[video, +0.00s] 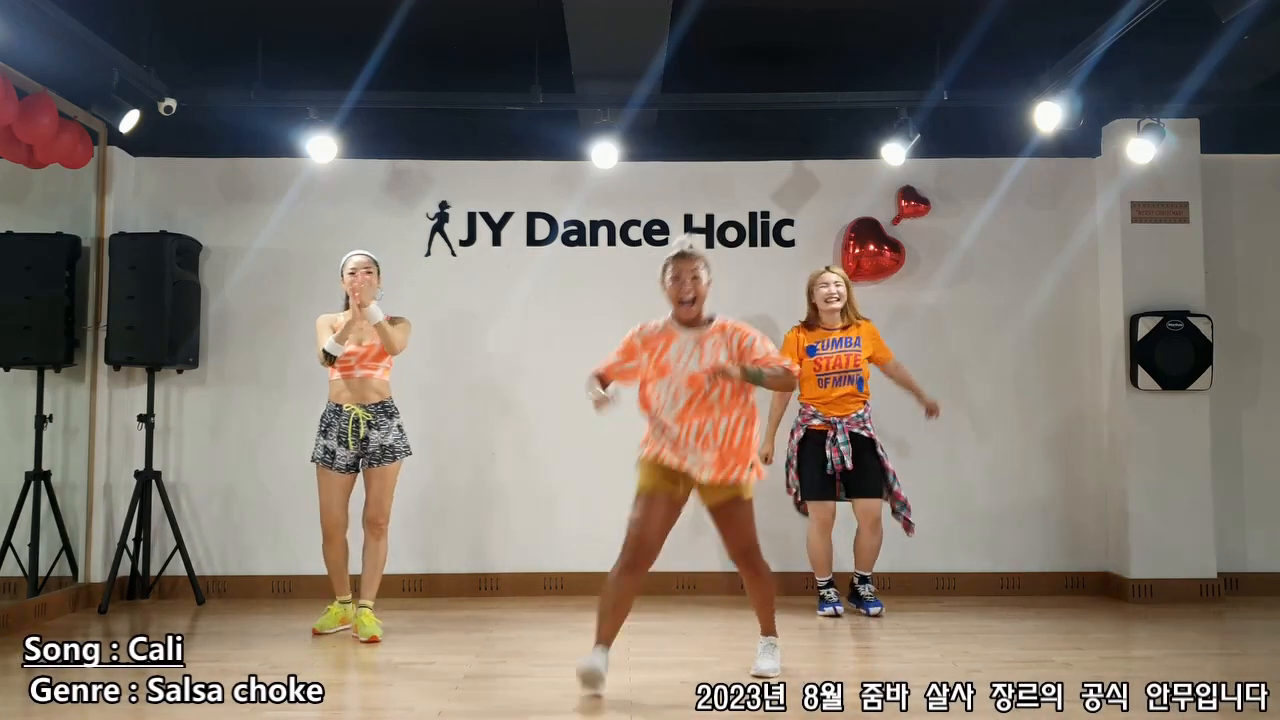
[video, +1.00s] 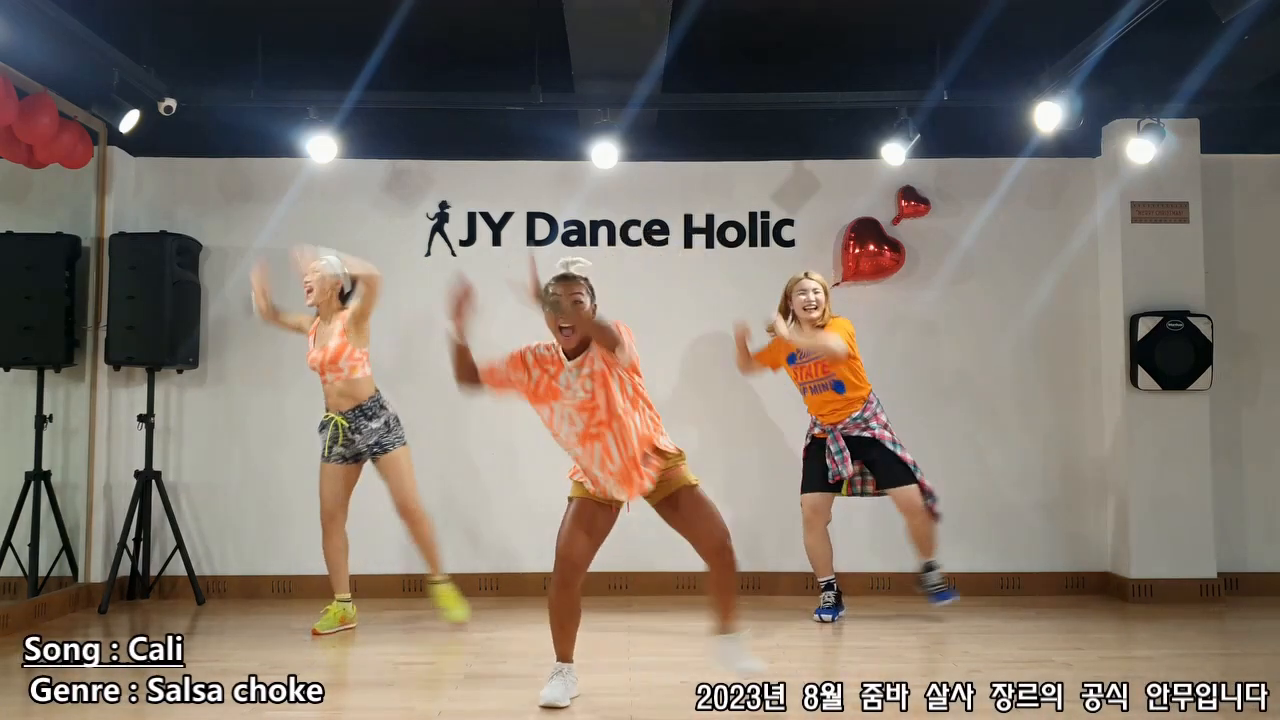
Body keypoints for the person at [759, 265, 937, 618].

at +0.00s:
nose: (832, 289)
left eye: (838, 284)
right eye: (824, 285)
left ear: (847, 292)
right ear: (812, 295)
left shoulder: (864, 331)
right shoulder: (797, 337)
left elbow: (892, 367)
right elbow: (782, 390)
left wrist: (923, 397)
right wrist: (768, 436)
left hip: (857, 431)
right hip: (814, 432)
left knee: (871, 514)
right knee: (822, 514)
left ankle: (863, 586)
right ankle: (826, 590)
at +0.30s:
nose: (840, 289)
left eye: (846, 283)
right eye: (832, 285)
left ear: (856, 291)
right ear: (821, 295)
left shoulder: (874, 331)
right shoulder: (807, 334)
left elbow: (881, 380)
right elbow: (793, 373)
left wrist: (868, 413)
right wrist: (789, 393)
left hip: (863, 431)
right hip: (822, 432)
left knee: (868, 515)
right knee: (826, 516)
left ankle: (861, 592)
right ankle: (827, 590)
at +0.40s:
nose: (843, 287)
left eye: (848, 281)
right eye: (835, 283)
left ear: (859, 289)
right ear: (824, 293)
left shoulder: (877, 329)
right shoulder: (809, 332)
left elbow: (885, 377)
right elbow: (787, 382)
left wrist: (855, 382)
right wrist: (795, 371)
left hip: (865, 429)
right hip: (822, 430)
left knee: (867, 514)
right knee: (823, 512)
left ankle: (861, 592)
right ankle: (828, 584)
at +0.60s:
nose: (839, 286)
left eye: (845, 281)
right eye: (831, 283)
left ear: (857, 288)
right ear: (821, 292)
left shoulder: (873, 323)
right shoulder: (809, 331)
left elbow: (878, 353)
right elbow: (767, 366)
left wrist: (838, 327)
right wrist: (772, 345)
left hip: (865, 428)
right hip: (822, 429)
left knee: (867, 514)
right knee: (819, 510)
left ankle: (861, 592)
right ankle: (829, 590)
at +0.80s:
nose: (819, 290)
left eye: (825, 284)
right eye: (811, 286)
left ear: (836, 291)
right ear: (800, 296)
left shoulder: (854, 324)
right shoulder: (795, 338)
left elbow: (873, 363)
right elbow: (765, 383)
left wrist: (826, 354)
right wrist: (765, 365)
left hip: (865, 428)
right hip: (823, 431)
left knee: (872, 513)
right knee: (822, 514)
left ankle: (863, 593)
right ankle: (830, 593)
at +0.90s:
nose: (812, 294)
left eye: (818, 288)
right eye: (804, 290)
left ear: (828, 298)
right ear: (793, 301)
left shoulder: (844, 331)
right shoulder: (787, 347)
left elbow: (862, 374)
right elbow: (768, 391)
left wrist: (813, 381)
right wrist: (765, 383)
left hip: (865, 426)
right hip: (823, 432)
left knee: (895, 507)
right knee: (818, 512)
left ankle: (885, 580)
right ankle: (829, 592)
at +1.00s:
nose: (810, 297)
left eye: (816, 291)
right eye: (801, 293)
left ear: (826, 299)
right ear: (789, 304)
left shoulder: (839, 327)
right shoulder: (784, 343)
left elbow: (835, 348)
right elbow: (748, 368)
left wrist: (789, 335)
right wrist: (741, 344)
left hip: (866, 425)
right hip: (824, 434)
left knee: (912, 501)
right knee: (813, 511)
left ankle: (929, 570)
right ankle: (829, 593)